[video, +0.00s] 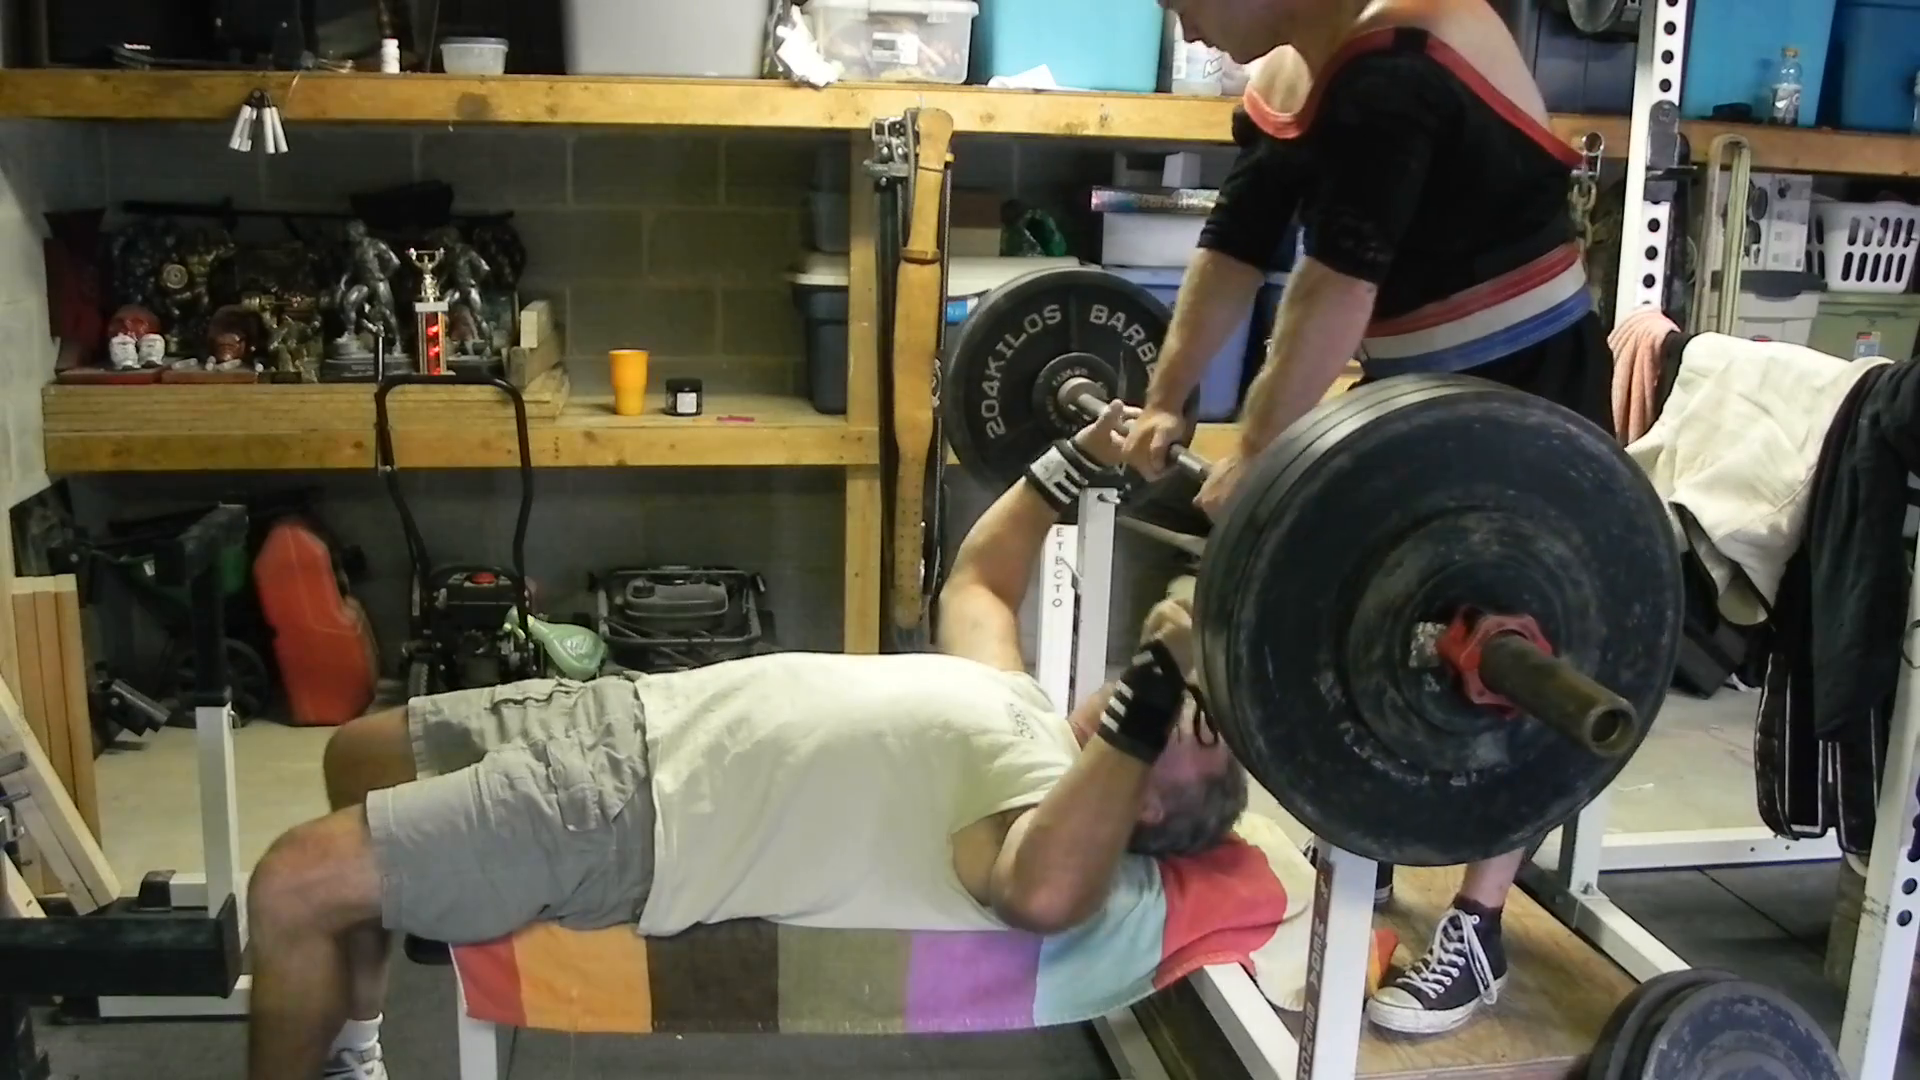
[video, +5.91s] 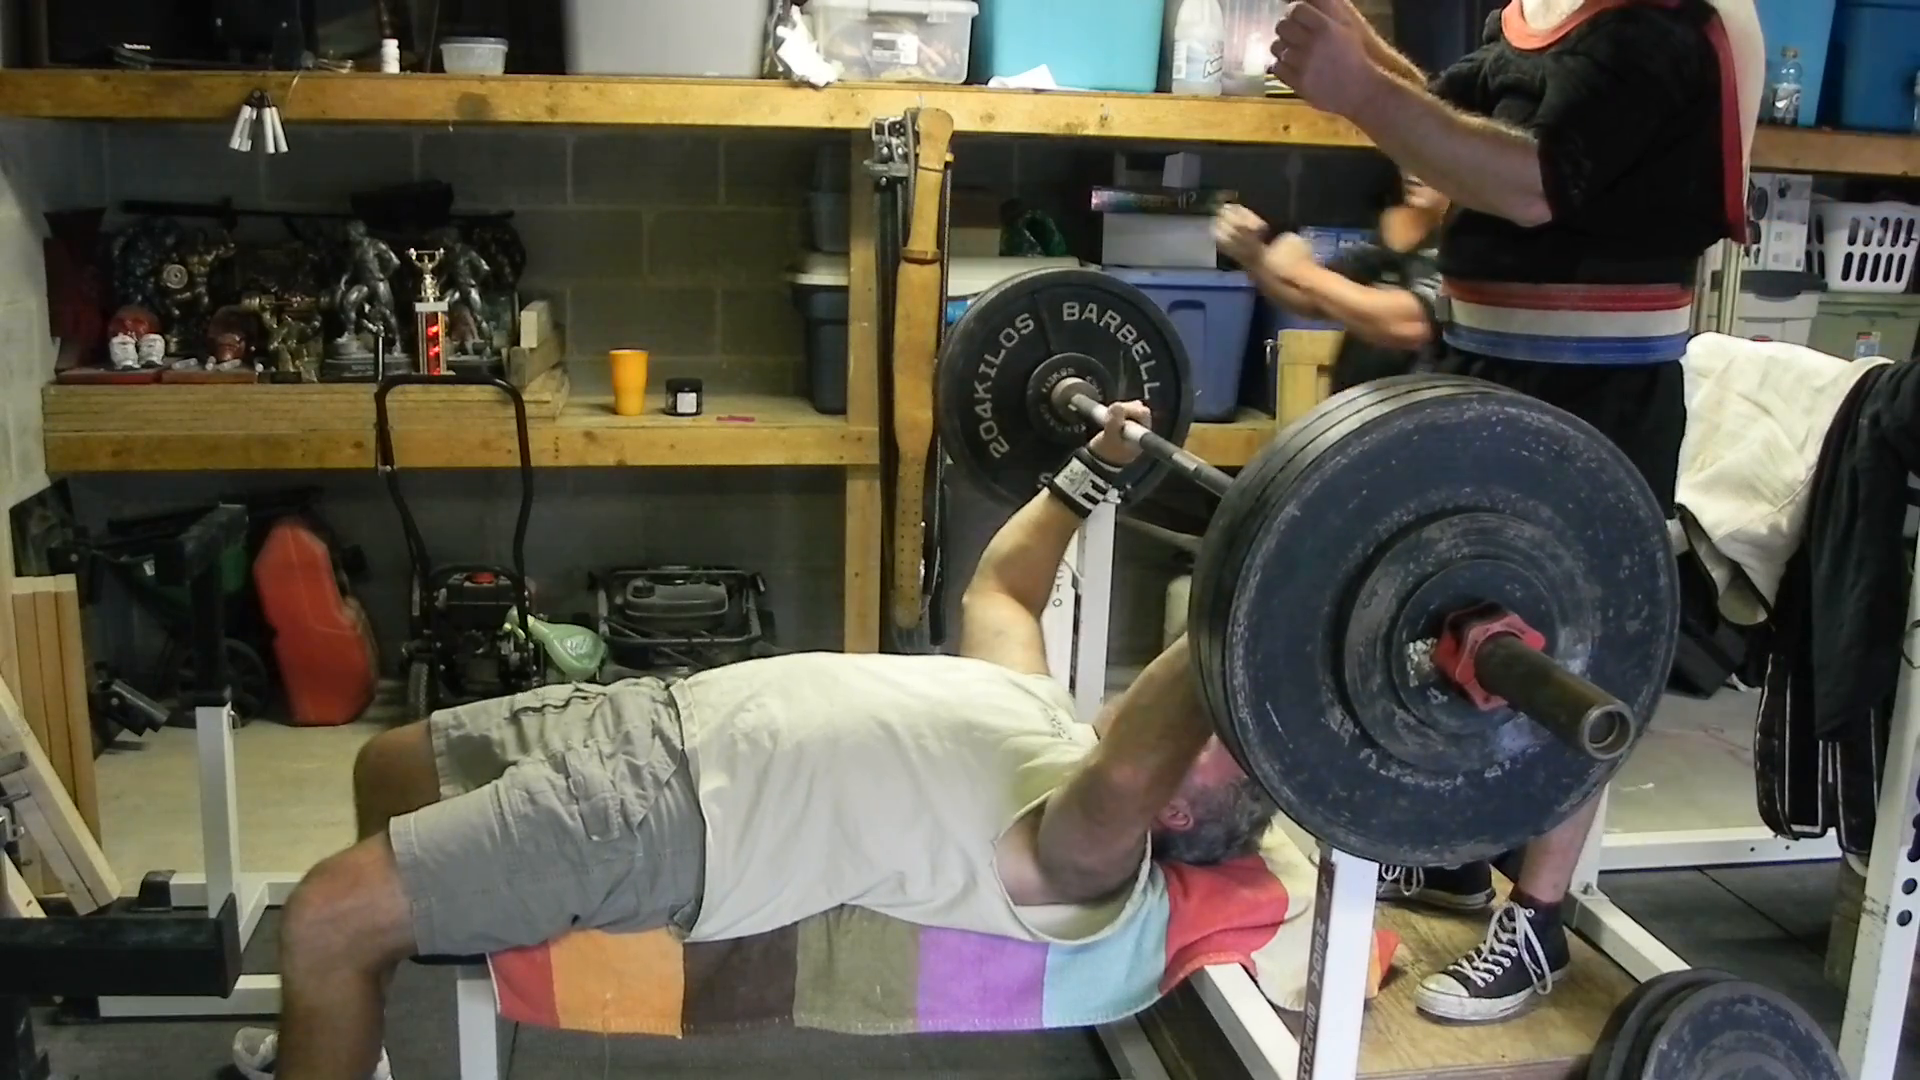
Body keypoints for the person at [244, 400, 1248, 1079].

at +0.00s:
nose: (1163, 708)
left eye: (1198, 733)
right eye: (1176, 695)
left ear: (1185, 809)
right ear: (1143, 707)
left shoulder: (1071, 842)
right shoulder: (1012, 713)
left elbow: (1047, 896)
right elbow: (988, 580)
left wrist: (1159, 678)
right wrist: (1075, 462)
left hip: (637, 816)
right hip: (629, 710)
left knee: (294, 884)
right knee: (362, 757)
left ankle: (288, 1069)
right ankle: (348, 1043)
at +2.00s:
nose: (1166, 718)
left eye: (1199, 738)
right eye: (1189, 711)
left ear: (1194, 803)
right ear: (1161, 732)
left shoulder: (1061, 857)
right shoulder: (1009, 716)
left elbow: (1121, 748)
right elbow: (1005, 583)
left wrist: (1249, 614)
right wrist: (1089, 472)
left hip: (631, 822)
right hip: (621, 711)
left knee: (297, 892)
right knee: (367, 763)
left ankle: (295, 1063)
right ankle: (350, 1040)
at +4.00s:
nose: (1185, 731)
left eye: (1218, 745)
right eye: (1202, 716)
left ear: (1206, 810)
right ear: (1173, 719)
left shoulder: (1074, 851)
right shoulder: (1017, 702)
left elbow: (1125, 761)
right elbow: (999, 570)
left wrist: (1250, 623)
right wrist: (1086, 472)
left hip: (656, 821)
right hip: (635, 709)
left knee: (320, 914)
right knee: (384, 768)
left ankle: (318, 1062)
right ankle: (424, 951)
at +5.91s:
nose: (1189, 732)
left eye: (1219, 745)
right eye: (1206, 719)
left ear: (1212, 806)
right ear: (1182, 734)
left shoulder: (1083, 859)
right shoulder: (1029, 716)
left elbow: (1139, 756)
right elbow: (1008, 586)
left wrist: (1254, 610)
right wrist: (1085, 471)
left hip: (667, 823)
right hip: (652, 713)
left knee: (327, 917)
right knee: (387, 767)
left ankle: (324, 1067)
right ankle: (447, 953)